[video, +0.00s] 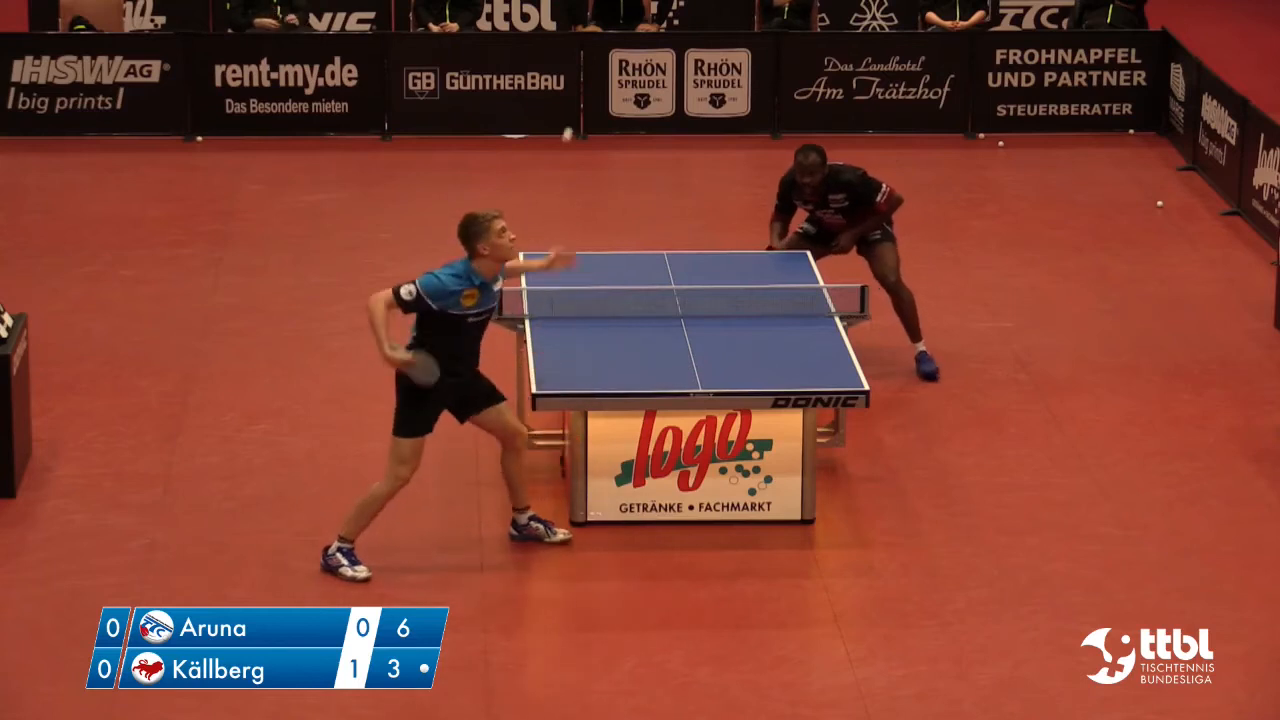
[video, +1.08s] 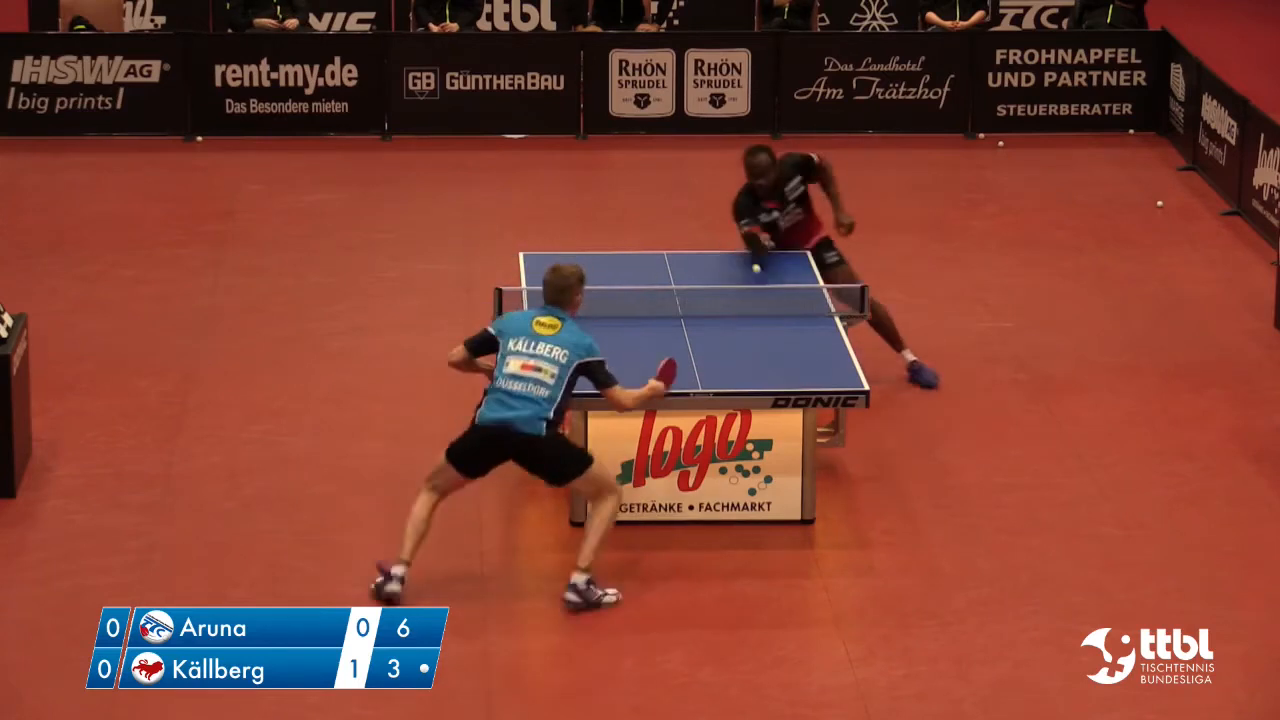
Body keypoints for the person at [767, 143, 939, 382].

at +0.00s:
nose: (806, 180)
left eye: (812, 174)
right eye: (801, 174)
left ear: (824, 170)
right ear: (794, 169)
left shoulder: (849, 178)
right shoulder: (790, 183)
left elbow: (893, 200)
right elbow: (781, 215)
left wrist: (854, 234)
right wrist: (776, 241)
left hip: (868, 226)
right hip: (823, 227)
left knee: (890, 281)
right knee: (780, 261)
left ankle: (921, 350)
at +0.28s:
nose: (831, 164)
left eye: (837, 157)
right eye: (825, 157)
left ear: (849, 154)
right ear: (819, 156)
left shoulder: (874, 170)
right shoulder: (815, 177)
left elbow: (916, 197)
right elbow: (807, 213)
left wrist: (877, 230)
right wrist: (787, 227)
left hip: (889, 231)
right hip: (844, 232)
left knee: (908, 294)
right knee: (799, 279)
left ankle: (925, 355)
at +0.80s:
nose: (809, 165)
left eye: (815, 158)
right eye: (806, 159)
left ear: (831, 151)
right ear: (801, 154)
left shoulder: (864, 159)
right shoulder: (804, 184)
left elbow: (911, 169)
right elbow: (793, 231)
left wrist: (911, 217)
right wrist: (768, 242)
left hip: (882, 239)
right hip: (838, 241)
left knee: (908, 307)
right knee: (799, 287)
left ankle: (941, 363)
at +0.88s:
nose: (795, 171)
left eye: (800, 164)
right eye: (791, 165)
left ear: (814, 156)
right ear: (786, 162)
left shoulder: (844, 160)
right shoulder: (787, 189)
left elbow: (888, 164)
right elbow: (781, 236)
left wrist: (898, 209)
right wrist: (766, 243)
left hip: (864, 239)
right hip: (820, 244)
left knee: (900, 303)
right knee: (791, 296)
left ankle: (939, 361)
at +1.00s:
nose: (774, 184)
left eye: (778, 177)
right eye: (767, 179)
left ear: (788, 167)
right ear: (760, 176)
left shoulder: (809, 165)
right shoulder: (760, 200)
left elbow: (844, 168)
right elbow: (766, 239)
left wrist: (860, 210)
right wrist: (764, 249)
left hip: (834, 247)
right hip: (797, 261)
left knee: (879, 302)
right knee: (791, 318)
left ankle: (928, 362)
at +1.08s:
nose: (762, 183)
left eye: (765, 176)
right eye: (755, 178)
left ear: (775, 166)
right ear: (747, 176)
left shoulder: (792, 165)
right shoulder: (744, 202)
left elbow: (823, 168)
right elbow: (753, 244)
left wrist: (839, 212)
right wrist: (758, 243)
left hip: (817, 246)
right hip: (784, 261)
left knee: (860, 300)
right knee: (785, 318)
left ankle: (910, 360)